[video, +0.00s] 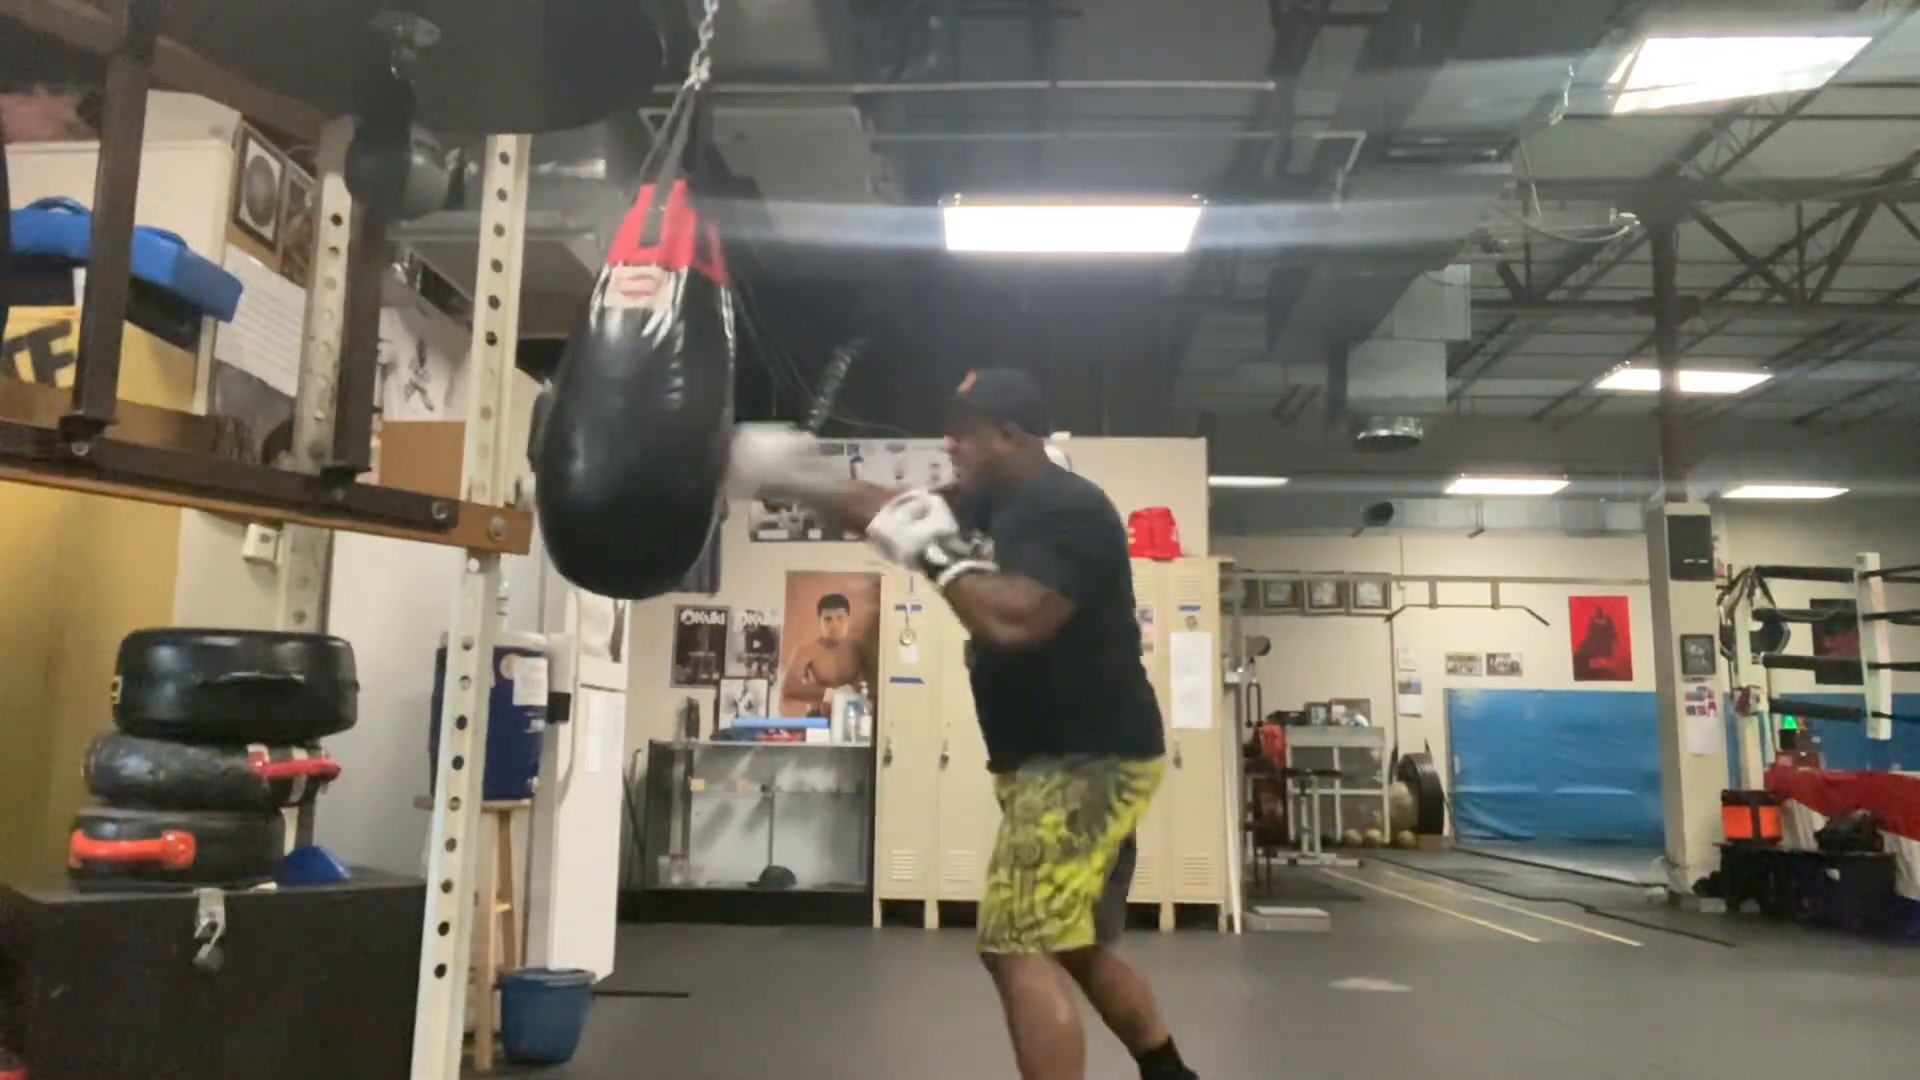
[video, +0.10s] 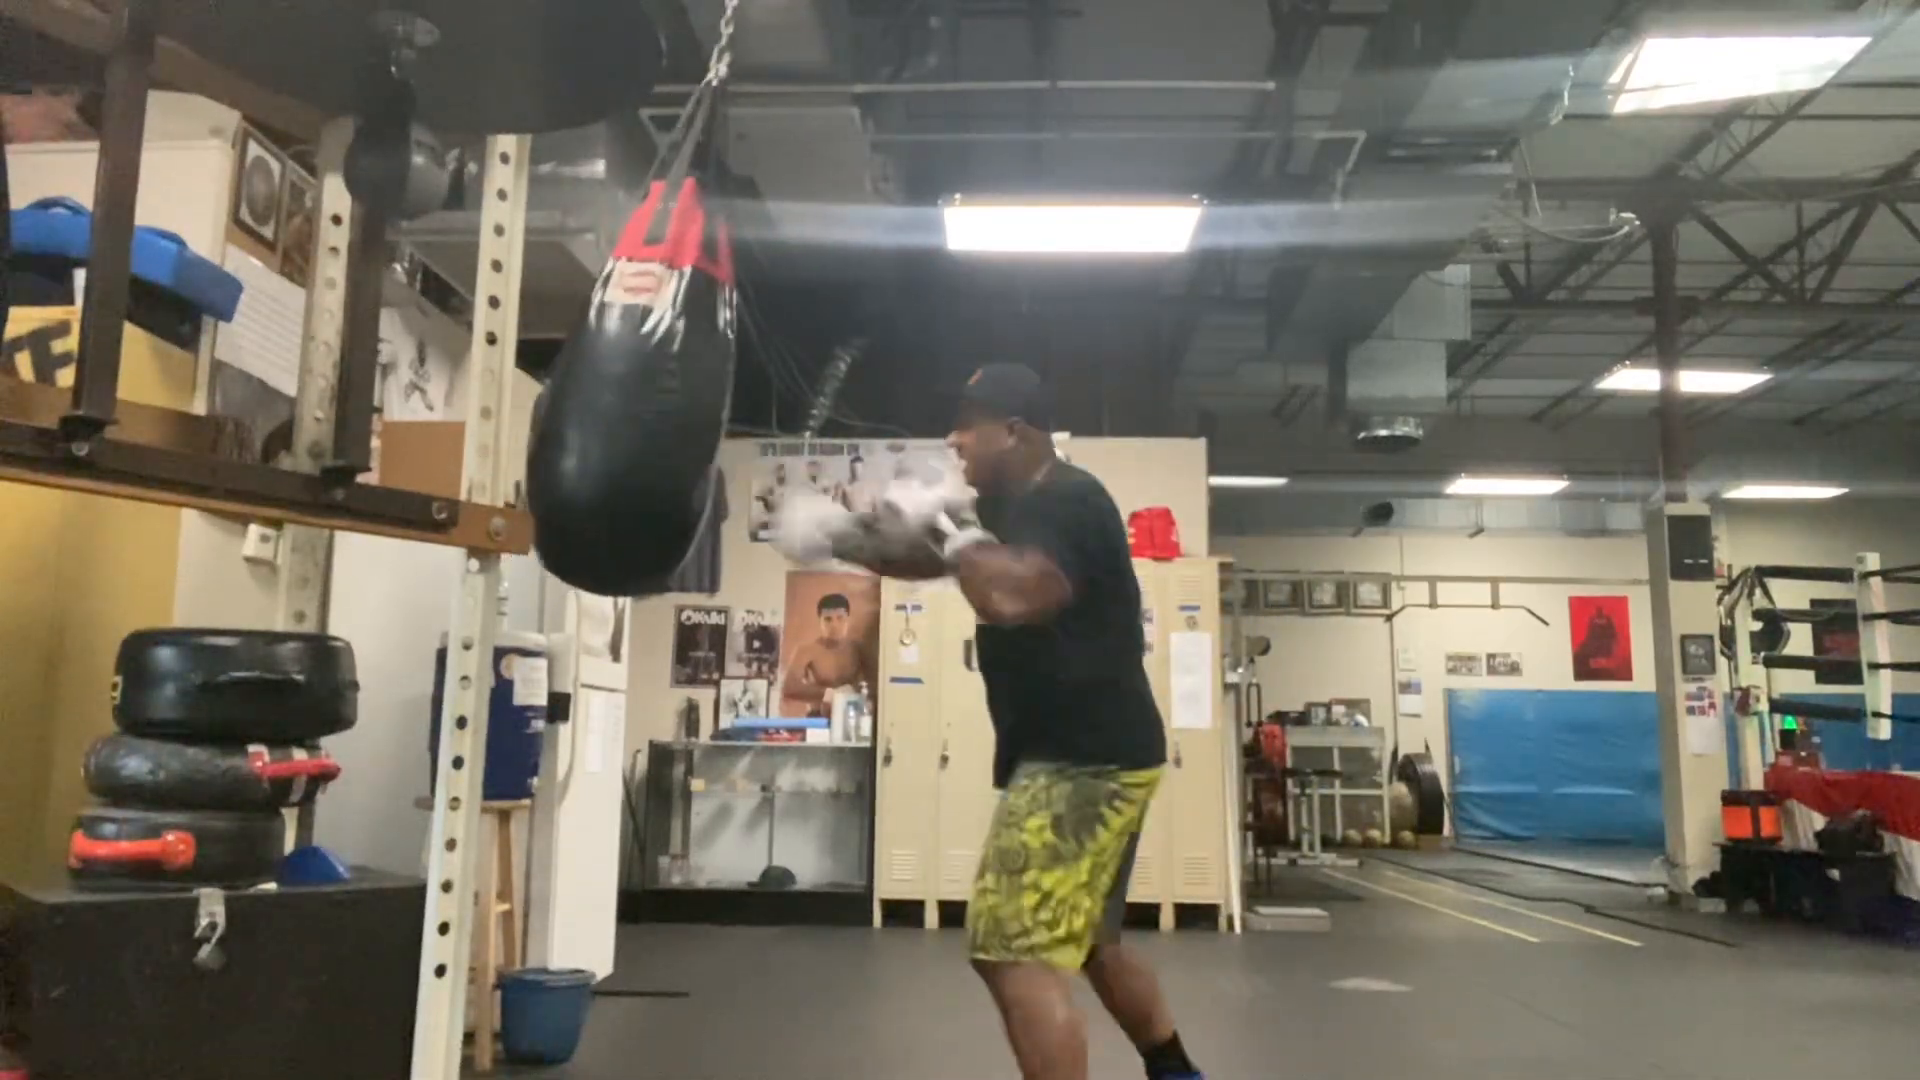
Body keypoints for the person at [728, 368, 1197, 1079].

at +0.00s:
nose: (949, 452)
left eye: (961, 438)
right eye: (951, 438)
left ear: (1009, 438)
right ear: (1004, 438)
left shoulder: (1068, 510)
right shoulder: (997, 503)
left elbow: (1013, 622)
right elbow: (899, 515)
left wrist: (936, 554)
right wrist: (799, 482)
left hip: (1086, 758)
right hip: (1045, 758)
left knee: (1015, 944)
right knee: (1083, 948)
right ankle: (1169, 1072)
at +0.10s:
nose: (956, 445)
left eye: (970, 430)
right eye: (958, 430)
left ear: (1019, 434)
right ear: (1017, 437)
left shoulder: (1068, 502)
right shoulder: (1010, 508)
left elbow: (1017, 595)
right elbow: (934, 556)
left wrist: (947, 534)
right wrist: (841, 534)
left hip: (1080, 757)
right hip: (1084, 756)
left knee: (1010, 948)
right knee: (1090, 939)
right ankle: (1174, 1070)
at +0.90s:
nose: (1007, 426)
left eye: (1019, 410)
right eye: (1011, 410)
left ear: (1066, 414)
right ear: (1076, 416)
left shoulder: (1092, 490)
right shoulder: (1128, 480)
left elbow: (1066, 610)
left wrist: (975, 557)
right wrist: (1019, 534)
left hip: (1120, 758)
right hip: (1168, 749)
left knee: (1058, 961)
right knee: (1167, 944)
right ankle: (1214, 1072)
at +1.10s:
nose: (1025, 426)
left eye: (1039, 411)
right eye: (1027, 412)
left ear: (1089, 417)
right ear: (1085, 419)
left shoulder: (1140, 483)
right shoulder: (1079, 491)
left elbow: (1106, 578)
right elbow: (1003, 556)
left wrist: (1020, 521)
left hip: (1147, 750)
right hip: (1130, 748)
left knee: (1091, 946)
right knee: (1140, 941)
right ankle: (1234, 1066)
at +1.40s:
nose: (1052, 422)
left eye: (1069, 409)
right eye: (1054, 408)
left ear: (1117, 414)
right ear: (1091, 416)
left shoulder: (1167, 489)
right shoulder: (1085, 478)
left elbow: (1110, 599)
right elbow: (970, 488)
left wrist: (1024, 530)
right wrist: (864, 465)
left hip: (1186, 741)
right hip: (1136, 740)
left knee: (1132, 932)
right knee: (1149, 925)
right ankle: (1232, 1069)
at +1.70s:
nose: (1066, 434)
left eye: (1077, 418)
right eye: (1068, 418)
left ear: (1120, 420)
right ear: (1127, 423)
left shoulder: (1158, 489)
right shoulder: (1158, 491)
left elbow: (1105, 585)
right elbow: (1102, 615)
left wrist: (1040, 517)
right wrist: (1028, 585)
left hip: (1182, 749)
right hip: (1211, 745)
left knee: (1135, 950)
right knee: (1199, 949)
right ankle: (1252, 1074)